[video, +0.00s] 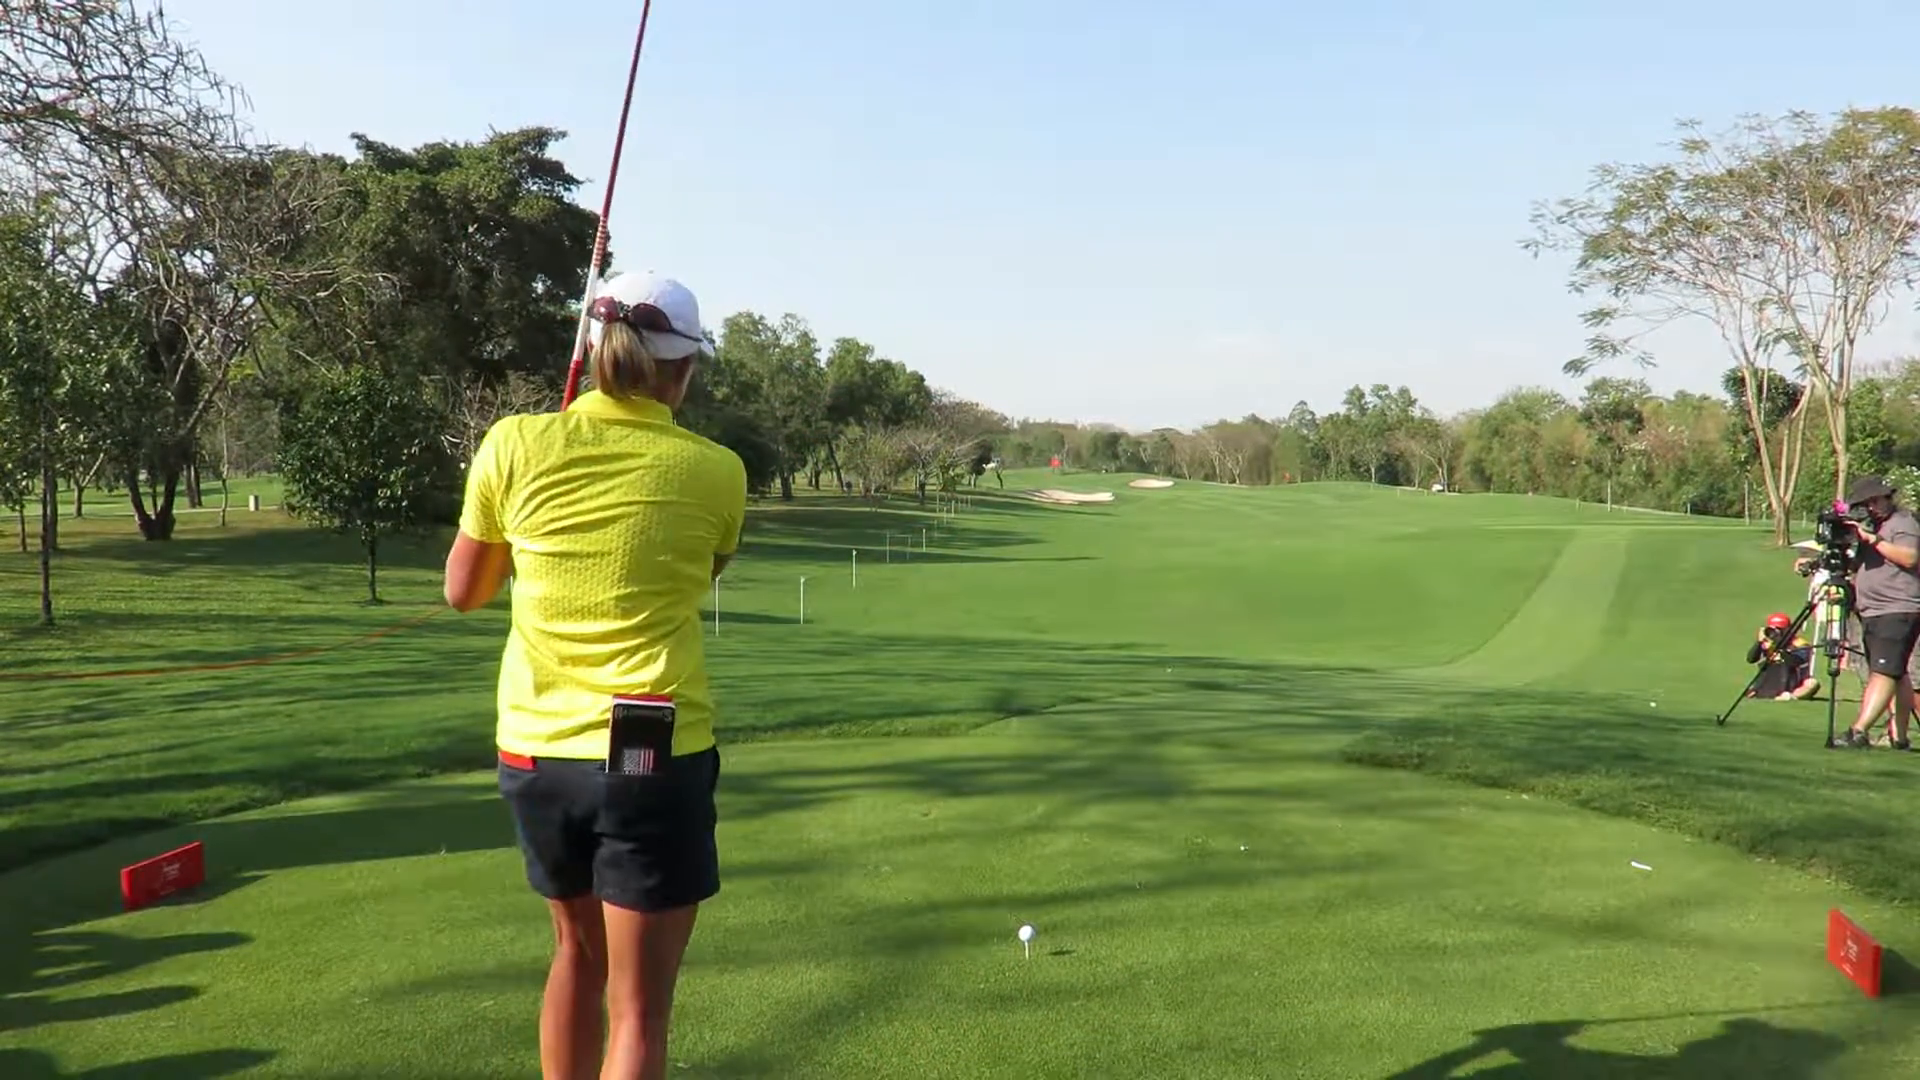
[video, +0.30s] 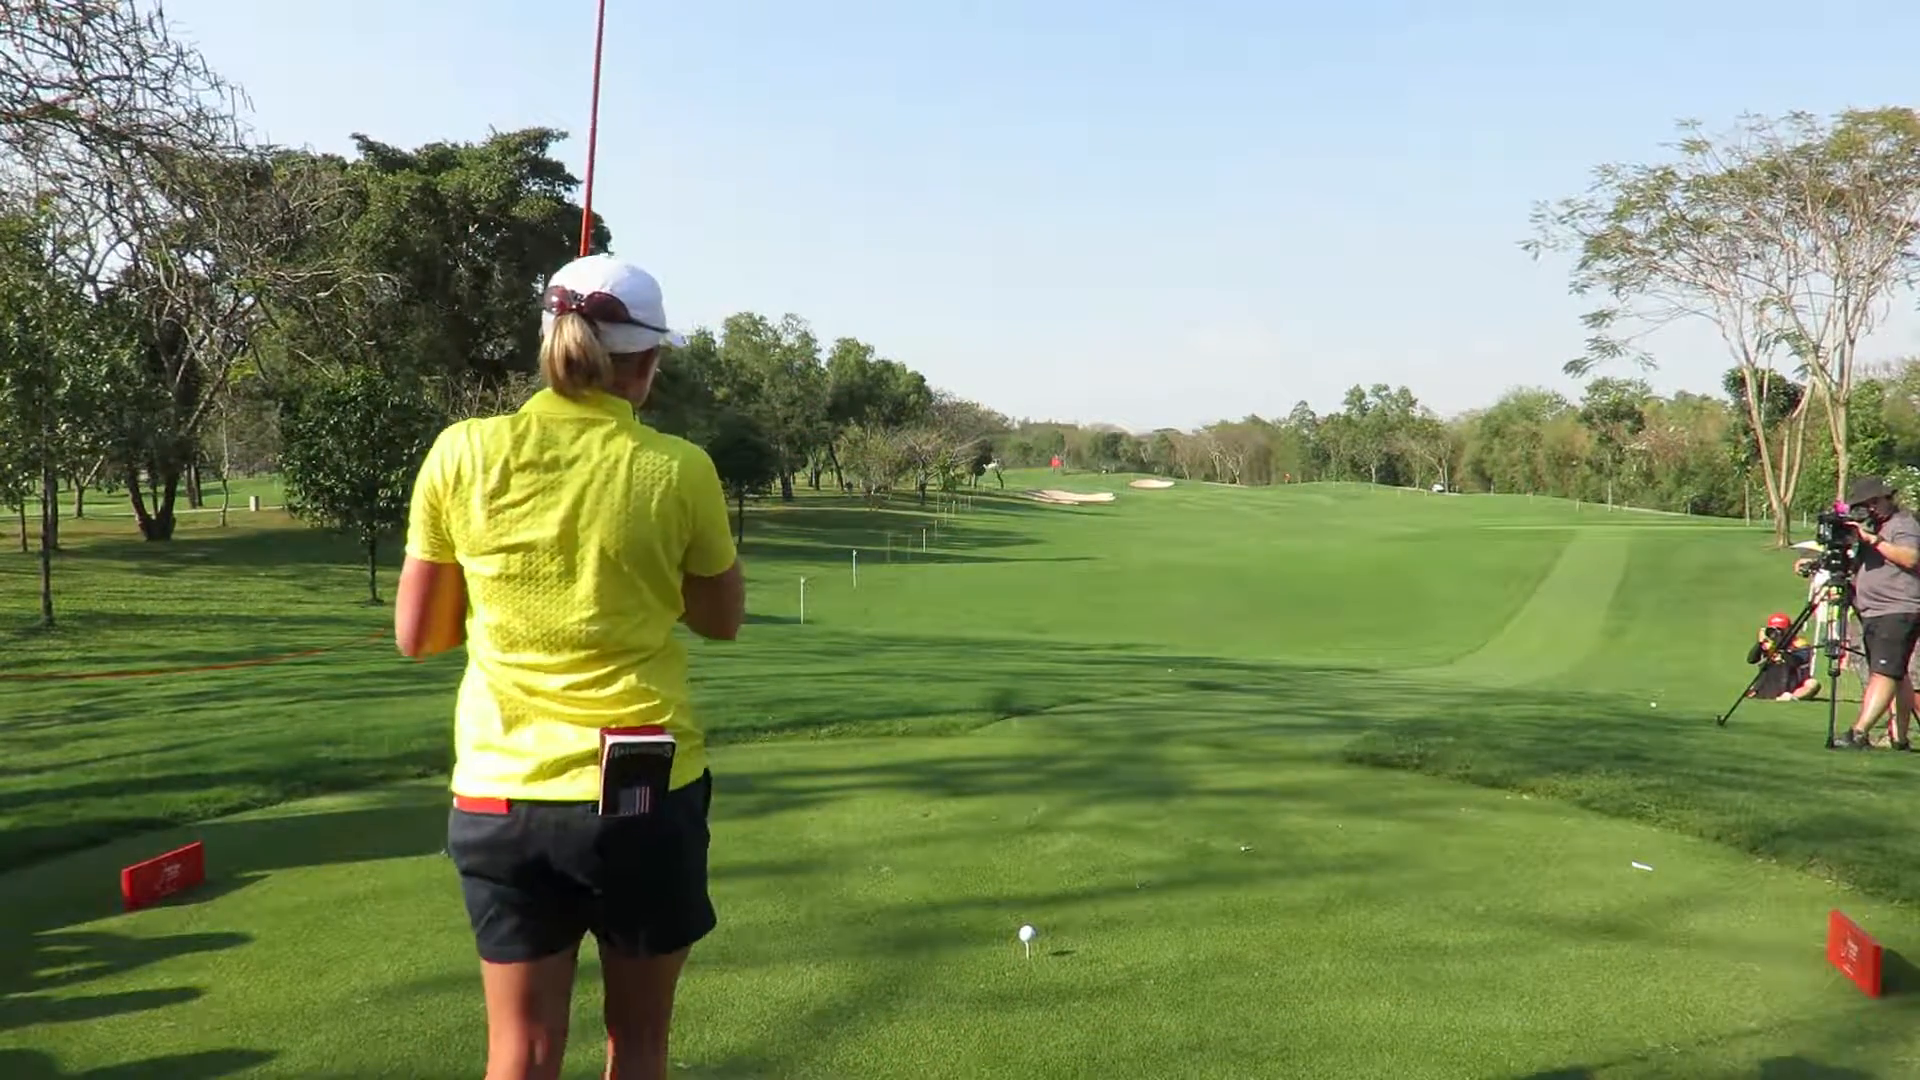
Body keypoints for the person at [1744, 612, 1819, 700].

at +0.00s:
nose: (1774, 635)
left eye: (1778, 631)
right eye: (1771, 631)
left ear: (1786, 631)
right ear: (1767, 632)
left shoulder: (1800, 645)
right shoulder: (1769, 644)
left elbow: (1796, 661)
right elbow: (1751, 659)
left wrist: (1781, 653)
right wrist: (1759, 643)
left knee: (1813, 683)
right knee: (1750, 691)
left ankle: (1792, 696)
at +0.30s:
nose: (1775, 635)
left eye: (1779, 631)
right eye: (1771, 631)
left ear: (1787, 631)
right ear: (1767, 632)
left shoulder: (1800, 645)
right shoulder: (1769, 645)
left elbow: (1798, 661)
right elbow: (1751, 660)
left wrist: (1783, 655)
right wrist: (1760, 643)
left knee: (1813, 683)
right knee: (1750, 691)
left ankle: (1792, 697)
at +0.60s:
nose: (1775, 636)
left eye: (1779, 632)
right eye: (1772, 632)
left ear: (1788, 632)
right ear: (1768, 633)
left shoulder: (1801, 645)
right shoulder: (1769, 646)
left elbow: (1799, 661)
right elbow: (1752, 660)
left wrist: (1784, 656)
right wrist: (1761, 643)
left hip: (1793, 685)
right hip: (1771, 684)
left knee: (1814, 684)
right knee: (1750, 692)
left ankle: (1793, 697)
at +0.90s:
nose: (1775, 635)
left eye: (1779, 631)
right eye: (1772, 632)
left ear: (1788, 631)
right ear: (1768, 633)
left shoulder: (1801, 645)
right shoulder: (1768, 646)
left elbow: (1799, 661)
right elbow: (1751, 660)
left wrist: (1783, 655)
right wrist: (1760, 644)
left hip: (1792, 684)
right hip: (1769, 683)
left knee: (1813, 683)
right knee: (1750, 691)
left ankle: (1792, 697)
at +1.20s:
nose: (1775, 635)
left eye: (1779, 631)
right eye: (1771, 631)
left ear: (1787, 631)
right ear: (1767, 632)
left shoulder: (1798, 644)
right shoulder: (1766, 645)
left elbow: (1798, 660)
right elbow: (1750, 659)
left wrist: (1781, 655)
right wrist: (1759, 643)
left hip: (1791, 683)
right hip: (1768, 682)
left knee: (1812, 683)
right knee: (1749, 691)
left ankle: (1790, 696)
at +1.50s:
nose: (1774, 636)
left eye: (1777, 632)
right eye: (1771, 632)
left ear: (1786, 631)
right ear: (1767, 632)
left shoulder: (1798, 644)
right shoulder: (1767, 645)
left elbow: (1799, 661)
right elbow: (1750, 660)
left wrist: (1783, 655)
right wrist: (1759, 643)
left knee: (1812, 683)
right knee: (1749, 691)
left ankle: (1791, 696)